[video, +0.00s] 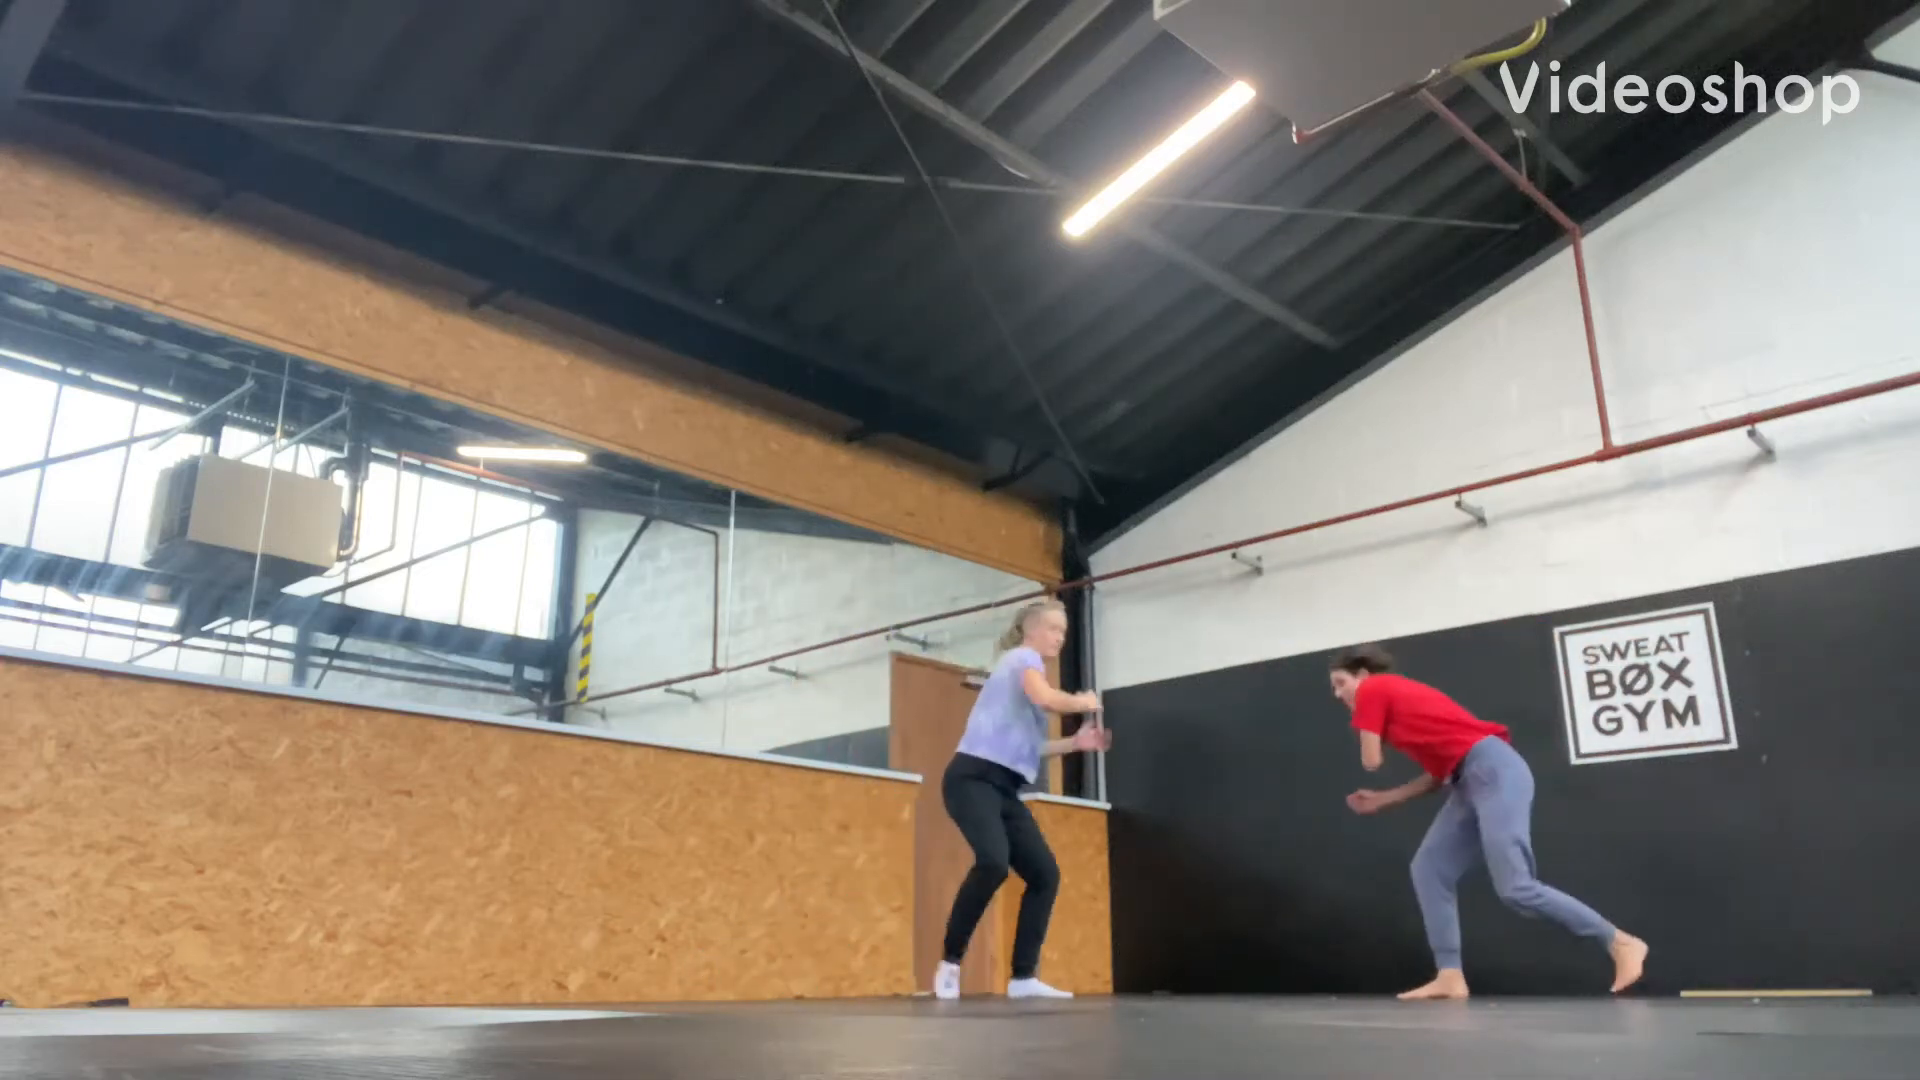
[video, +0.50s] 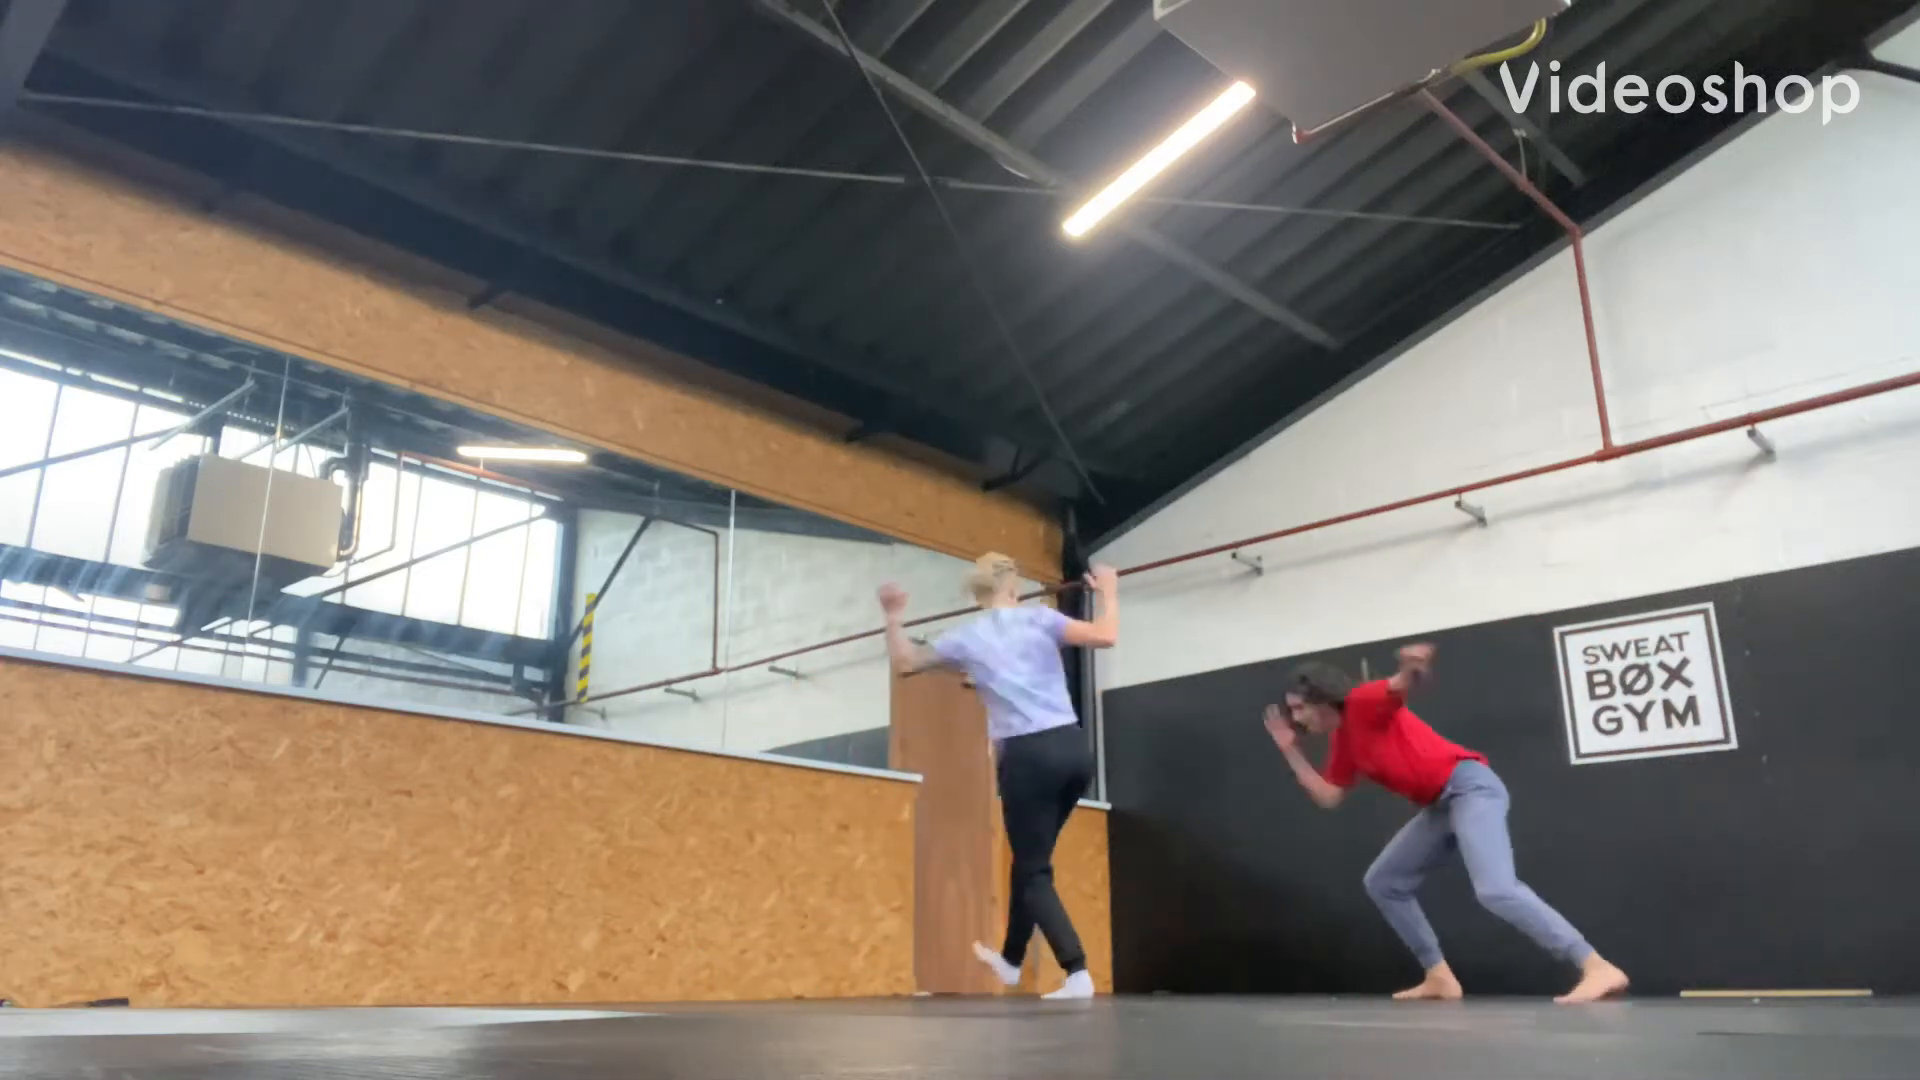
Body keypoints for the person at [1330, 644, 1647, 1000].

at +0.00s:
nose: (1336, 693)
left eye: (1339, 683)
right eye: (1333, 685)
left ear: (1360, 674)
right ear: (1366, 677)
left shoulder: (1372, 688)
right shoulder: (1400, 697)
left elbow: (1371, 761)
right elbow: (1439, 773)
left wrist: (1365, 725)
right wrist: (1383, 798)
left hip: (1492, 767)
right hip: (1468, 785)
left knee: (1515, 887)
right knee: (1429, 868)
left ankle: (1622, 944)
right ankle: (1450, 977)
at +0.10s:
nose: (1326, 708)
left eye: (1326, 698)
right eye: (1322, 702)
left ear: (1344, 687)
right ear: (1354, 687)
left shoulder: (1367, 698)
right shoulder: (1388, 706)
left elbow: (1363, 769)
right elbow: (1431, 783)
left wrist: (1359, 731)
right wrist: (1380, 822)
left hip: (1491, 770)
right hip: (1463, 790)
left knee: (1508, 874)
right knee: (1423, 871)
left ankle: (1611, 955)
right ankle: (1449, 977)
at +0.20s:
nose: (1330, 716)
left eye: (1326, 705)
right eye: (1324, 711)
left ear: (1339, 688)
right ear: (1347, 692)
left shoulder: (1369, 694)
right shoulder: (1384, 724)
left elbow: (1345, 742)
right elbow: (1432, 788)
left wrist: (1321, 747)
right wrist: (1387, 821)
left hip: (1491, 769)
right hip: (1461, 795)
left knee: (1510, 865)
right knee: (1419, 870)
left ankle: (1594, 957)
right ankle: (1449, 978)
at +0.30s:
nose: (1330, 725)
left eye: (1330, 714)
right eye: (1326, 721)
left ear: (1343, 698)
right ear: (1339, 711)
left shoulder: (1387, 699)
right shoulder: (1385, 736)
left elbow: (1337, 695)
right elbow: (1439, 795)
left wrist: (1299, 712)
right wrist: (1388, 825)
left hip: (1501, 782)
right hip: (1466, 805)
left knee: (1504, 878)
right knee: (1412, 868)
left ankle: (1599, 971)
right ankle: (1444, 974)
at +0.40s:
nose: (1324, 732)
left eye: (1322, 720)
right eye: (1319, 727)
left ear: (1342, 706)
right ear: (1335, 722)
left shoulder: (1381, 715)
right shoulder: (1389, 756)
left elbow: (1372, 673)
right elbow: (1424, 813)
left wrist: (1306, 672)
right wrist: (1351, 812)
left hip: (1499, 795)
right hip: (1467, 818)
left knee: (1496, 893)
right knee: (1404, 874)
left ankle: (1604, 978)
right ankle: (1443, 978)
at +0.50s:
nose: (1297, 720)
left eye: (1297, 710)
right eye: (1293, 714)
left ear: (1316, 700)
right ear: (1312, 710)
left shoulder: (1360, 702)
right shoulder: (1343, 745)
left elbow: (1399, 687)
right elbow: (1328, 796)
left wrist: (1412, 668)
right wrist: (1289, 751)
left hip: (1469, 785)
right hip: (1439, 809)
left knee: (1496, 889)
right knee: (1383, 881)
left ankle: (1598, 969)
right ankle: (1439, 978)